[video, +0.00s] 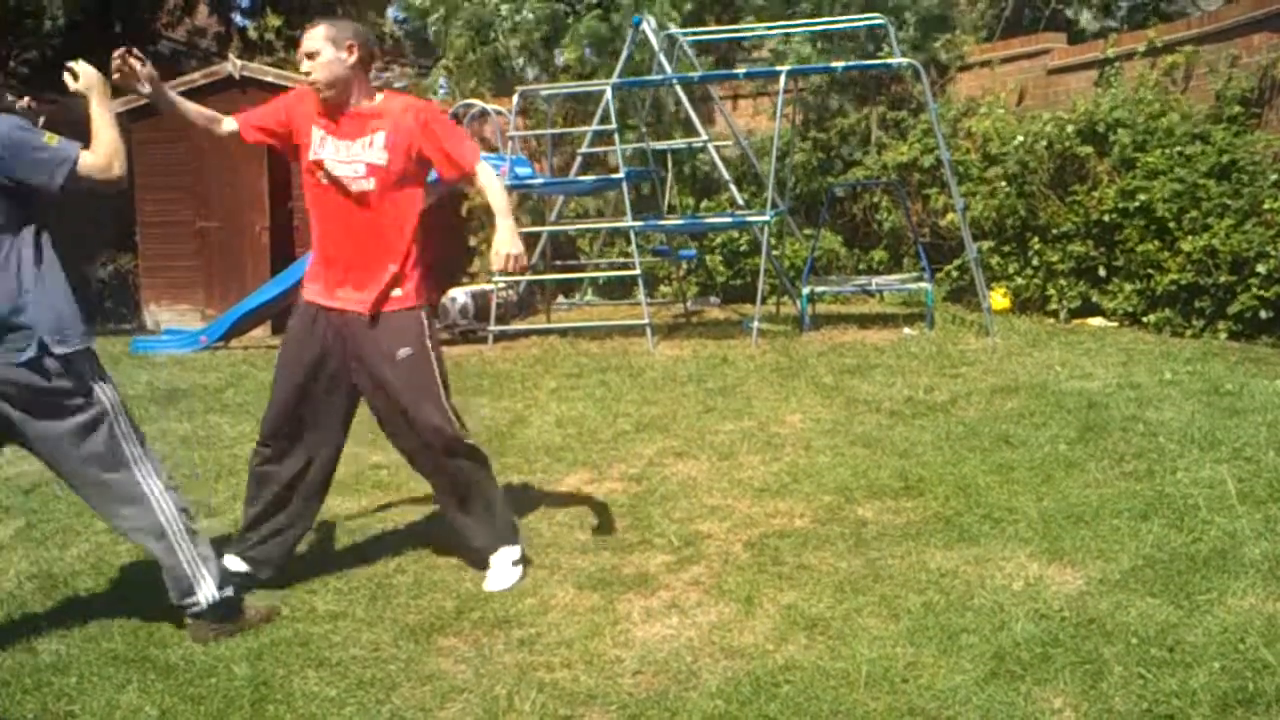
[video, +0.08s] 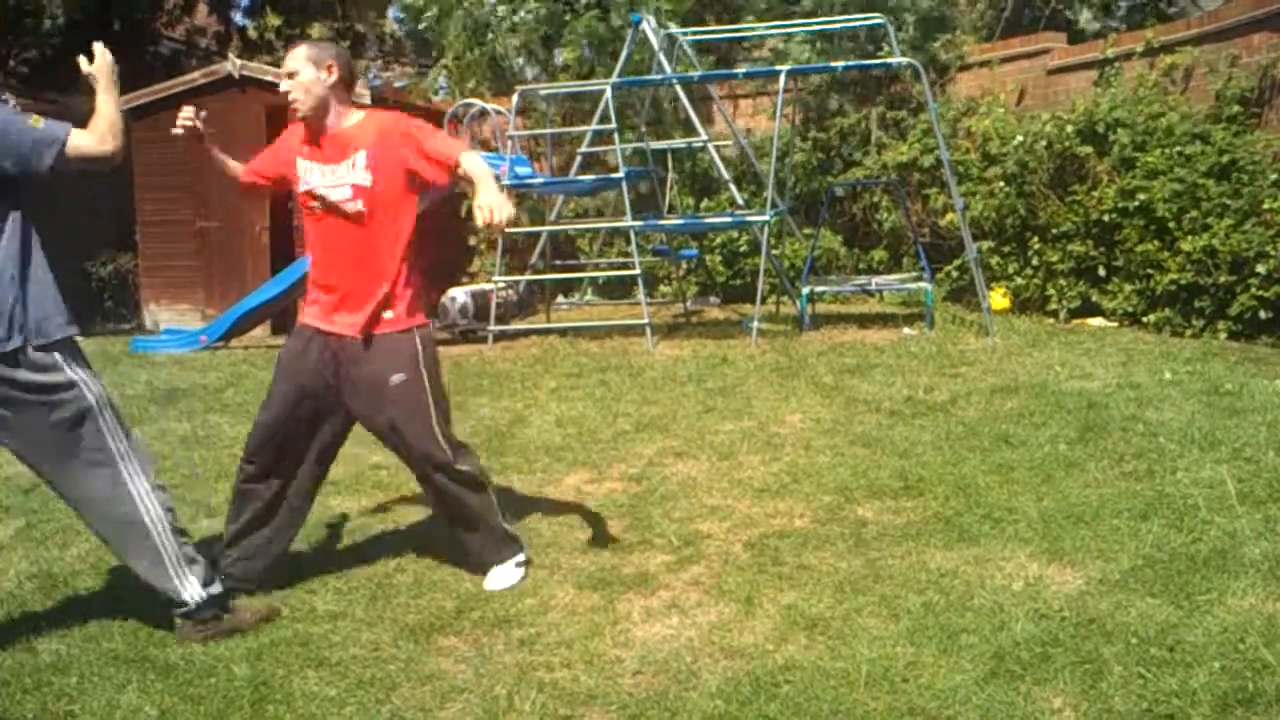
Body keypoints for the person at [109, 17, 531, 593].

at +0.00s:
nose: (304, 67)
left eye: (313, 56)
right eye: (301, 58)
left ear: (351, 55)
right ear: (309, 62)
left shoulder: (409, 115)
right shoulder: (300, 108)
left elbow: (481, 167)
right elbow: (224, 128)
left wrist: (507, 227)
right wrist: (158, 92)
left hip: (391, 308)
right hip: (320, 304)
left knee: (433, 434)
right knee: (286, 433)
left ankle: (500, 543)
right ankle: (257, 556)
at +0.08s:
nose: (283, 88)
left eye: (292, 76)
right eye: (282, 78)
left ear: (329, 75)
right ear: (313, 78)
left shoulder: (391, 130)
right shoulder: (295, 143)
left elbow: (462, 156)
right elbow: (245, 178)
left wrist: (489, 188)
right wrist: (203, 143)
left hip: (391, 331)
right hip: (318, 330)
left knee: (432, 454)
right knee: (270, 451)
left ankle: (500, 551)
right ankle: (238, 569)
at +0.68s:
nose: (199, 74)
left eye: (210, 65)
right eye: (199, 65)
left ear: (249, 73)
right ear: (231, 74)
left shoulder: (287, 122)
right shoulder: (223, 135)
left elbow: (319, 206)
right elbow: (198, 183)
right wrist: (150, 197)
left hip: (283, 325)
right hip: (228, 326)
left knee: (305, 467)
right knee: (201, 454)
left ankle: (390, 584)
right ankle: (220, 579)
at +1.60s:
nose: (154, 78)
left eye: (164, 67)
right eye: (154, 68)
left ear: (202, 70)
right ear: (188, 76)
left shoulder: (249, 125)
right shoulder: (182, 154)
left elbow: (304, 201)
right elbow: (183, 246)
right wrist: (146, 315)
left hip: (264, 334)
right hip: (206, 340)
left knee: (281, 463)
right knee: (196, 463)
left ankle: (362, 579)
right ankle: (220, 575)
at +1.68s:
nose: (154, 77)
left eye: (165, 65)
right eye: (154, 67)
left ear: (204, 68)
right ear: (181, 73)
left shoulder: (270, 128)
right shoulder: (159, 156)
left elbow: (332, 195)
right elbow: (134, 233)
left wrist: (308, 271)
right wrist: (115, 254)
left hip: (270, 327)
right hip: (201, 336)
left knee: (285, 463)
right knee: (187, 463)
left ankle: (342, 585)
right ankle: (222, 574)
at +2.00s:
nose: (134, 105)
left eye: (144, 93)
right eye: (135, 93)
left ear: (183, 100)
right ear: (179, 101)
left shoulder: (227, 162)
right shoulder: (185, 162)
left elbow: (258, 259)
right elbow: (212, 257)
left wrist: (194, 337)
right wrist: (179, 328)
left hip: (243, 367)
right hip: (185, 360)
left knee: (249, 496)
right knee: (117, 460)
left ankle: (337, 590)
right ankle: (157, 580)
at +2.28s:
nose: (102, 86)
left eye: (115, 78)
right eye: (103, 76)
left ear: (157, 90)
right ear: (140, 90)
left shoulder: (182, 153)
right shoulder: (140, 158)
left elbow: (154, 251)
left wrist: (69, 299)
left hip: (193, 358)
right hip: (131, 358)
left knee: (246, 482)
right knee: (87, 484)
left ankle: (331, 589)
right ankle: (101, 602)